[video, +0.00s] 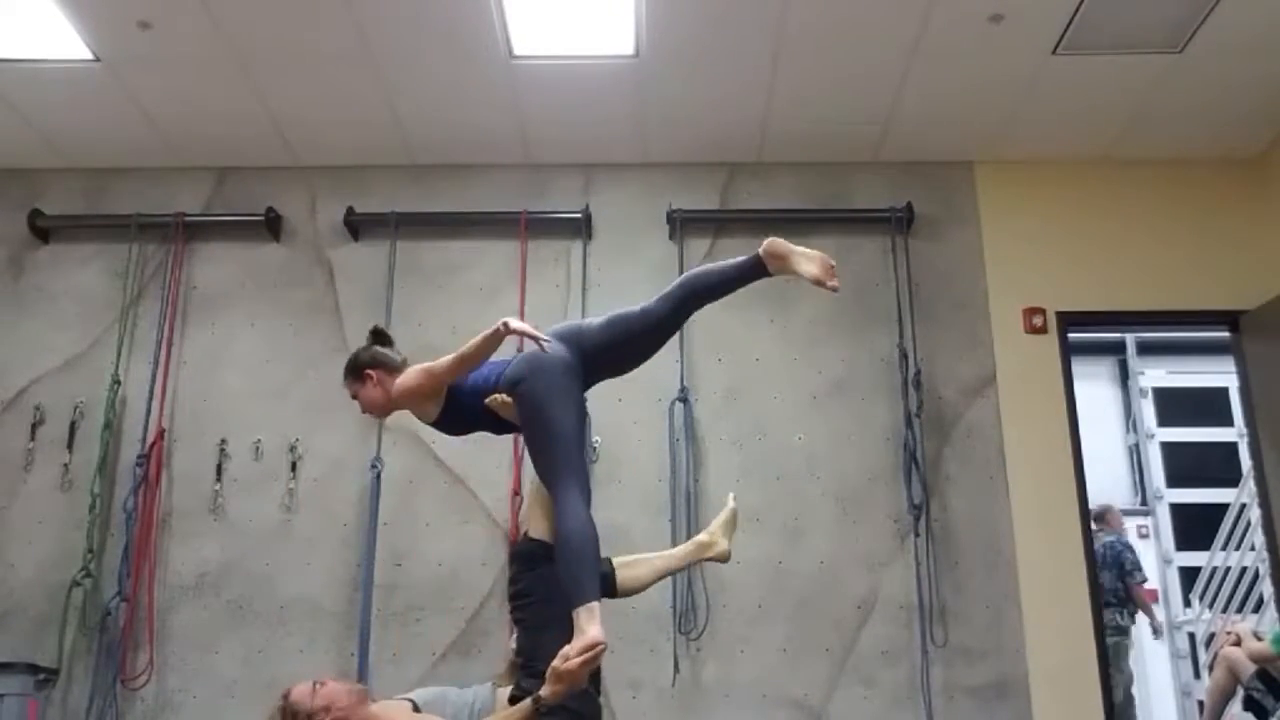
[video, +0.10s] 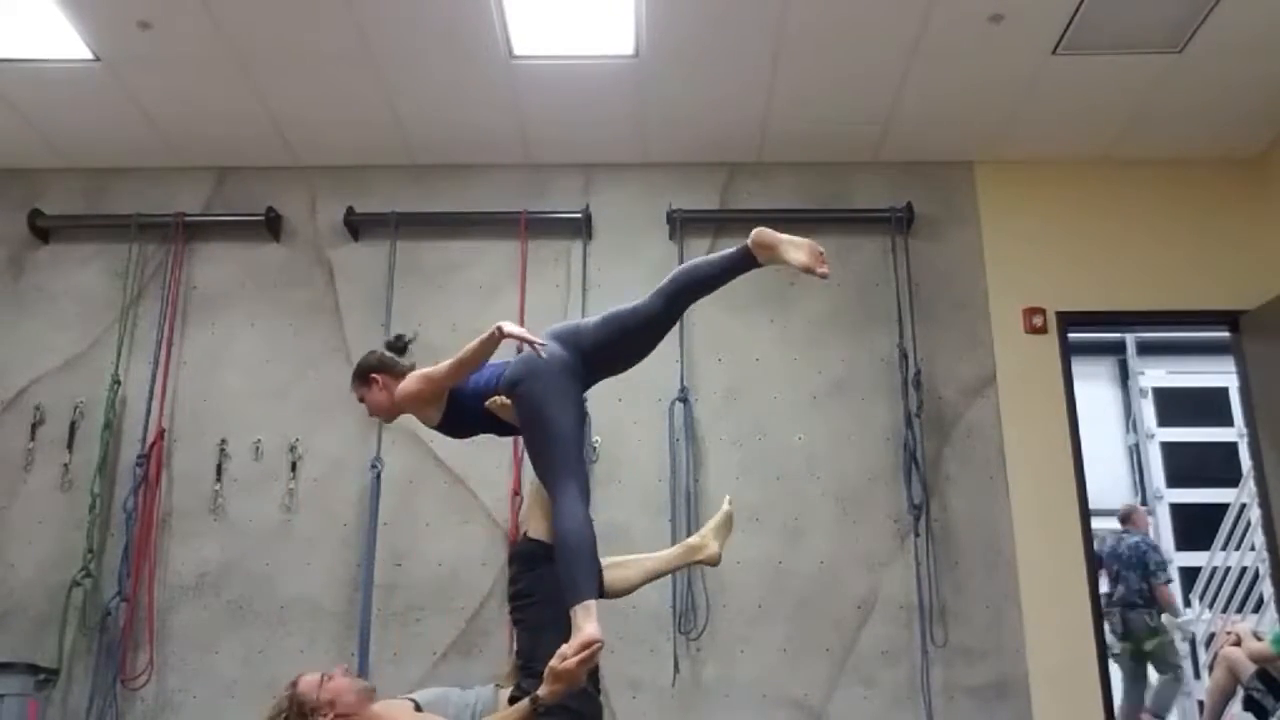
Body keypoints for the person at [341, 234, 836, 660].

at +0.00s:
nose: (362, 407)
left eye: (358, 397)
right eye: (358, 400)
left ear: (374, 378)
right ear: (378, 378)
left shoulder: (410, 387)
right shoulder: (430, 390)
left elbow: (455, 365)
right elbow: (482, 386)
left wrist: (497, 332)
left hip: (538, 380)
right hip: (559, 350)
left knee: (568, 500)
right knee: (663, 312)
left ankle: (587, 627)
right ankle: (768, 257)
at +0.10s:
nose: (367, 407)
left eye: (364, 396)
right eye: (363, 400)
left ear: (381, 381)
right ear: (387, 381)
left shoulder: (409, 394)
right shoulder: (433, 394)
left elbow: (451, 369)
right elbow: (495, 399)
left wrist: (493, 336)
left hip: (536, 381)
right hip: (556, 350)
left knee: (568, 498)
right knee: (662, 306)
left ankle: (584, 626)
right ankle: (759, 248)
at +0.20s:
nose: (367, 406)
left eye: (365, 396)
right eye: (364, 400)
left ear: (381, 381)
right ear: (388, 379)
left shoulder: (407, 396)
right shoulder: (431, 391)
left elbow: (445, 372)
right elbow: (486, 391)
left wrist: (487, 337)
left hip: (530, 380)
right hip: (554, 349)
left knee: (564, 495)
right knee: (656, 305)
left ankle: (583, 623)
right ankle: (748, 247)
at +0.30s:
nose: (368, 411)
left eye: (364, 401)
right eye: (363, 404)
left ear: (373, 383)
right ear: (385, 367)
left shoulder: (395, 393)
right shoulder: (441, 358)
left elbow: (431, 379)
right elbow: (512, 334)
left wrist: (467, 393)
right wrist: (582, 304)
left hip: (511, 374)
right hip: (545, 344)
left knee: (549, 495)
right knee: (657, 344)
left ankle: (574, 624)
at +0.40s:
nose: (363, 399)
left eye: (355, 391)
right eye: (358, 393)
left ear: (361, 371)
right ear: (378, 351)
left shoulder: (386, 379)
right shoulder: (432, 340)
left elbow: (406, 404)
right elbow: (503, 310)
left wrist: (412, 427)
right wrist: (570, 269)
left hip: (500, 369)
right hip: (542, 338)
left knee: (537, 490)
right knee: (652, 389)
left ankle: (561, 618)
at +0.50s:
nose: (345, 349)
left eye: (338, 340)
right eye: (340, 342)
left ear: (345, 322)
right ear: (372, 305)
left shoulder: (366, 342)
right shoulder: (422, 302)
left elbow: (392, 370)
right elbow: (500, 289)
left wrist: (407, 408)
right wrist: (569, 272)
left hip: (489, 365)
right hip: (539, 339)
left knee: (527, 492)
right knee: (619, 464)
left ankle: (553, 621)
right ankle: (701, 566)